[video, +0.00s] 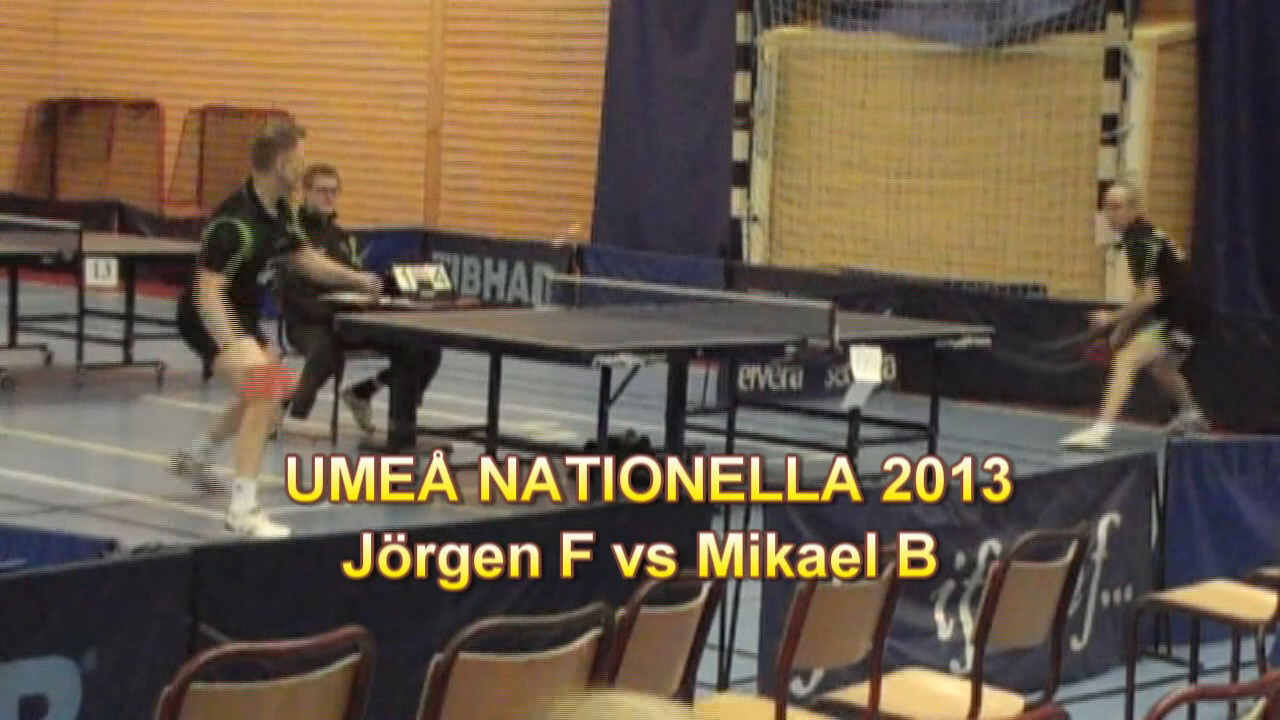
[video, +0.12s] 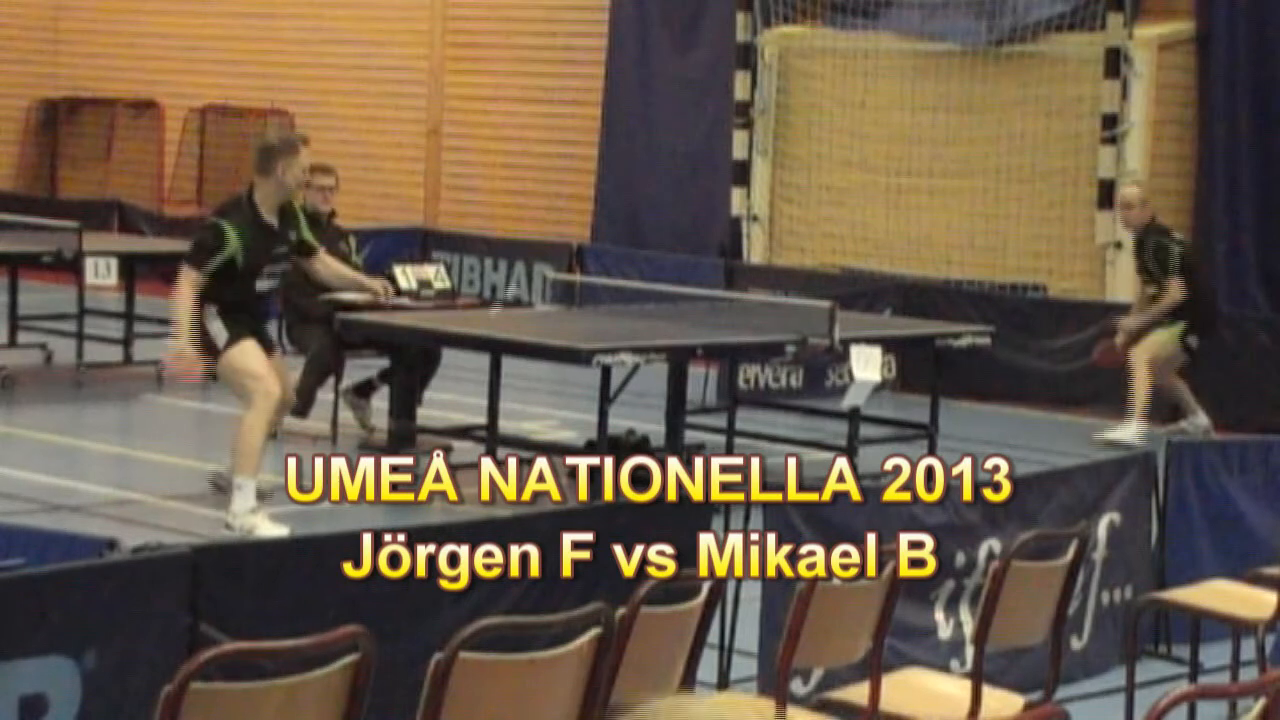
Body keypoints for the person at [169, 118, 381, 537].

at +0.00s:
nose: (303, 167)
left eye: (302, 159)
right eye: (297, 159)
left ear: (276, 163)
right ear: (274, 163)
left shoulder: (282, 209)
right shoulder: (234, 221)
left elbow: (306, 260)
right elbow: (207, 291)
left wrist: (358, 278)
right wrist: (233, 347)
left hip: (242, 311)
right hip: (207, 314)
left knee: (266, 386)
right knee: (262, 383)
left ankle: (196, 454)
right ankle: (243, 507)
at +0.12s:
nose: (305, 179)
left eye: (306, 171)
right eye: (300, 171)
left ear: (279, 172)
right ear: (274, 171)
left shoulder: (290, 215)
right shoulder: (229, 224)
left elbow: (318, 263)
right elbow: (189, 280)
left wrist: (365, 281)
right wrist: (183, 338)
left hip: (253, 319)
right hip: (217, 319)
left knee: (282, 395)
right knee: (266, 392)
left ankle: (235, 472)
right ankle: (242, 507)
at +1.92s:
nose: (352, 168)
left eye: (350, 160)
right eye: (349, 160)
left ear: (310, 161)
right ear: (335, 164)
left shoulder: (272, 189)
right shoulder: (320, 212)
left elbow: (269, 251)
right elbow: (353, 276)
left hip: (209, 294)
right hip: (243, 303)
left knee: (235, 390)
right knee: (295, 404)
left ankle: (220, 480)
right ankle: (236, 506)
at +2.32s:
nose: (354, 142)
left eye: (352, 134)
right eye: (350, 134)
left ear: (309, 142)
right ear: (334, 142)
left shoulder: (268, 177)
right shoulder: (335, 199)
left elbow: (215, 219)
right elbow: (399, 245)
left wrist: (217, 265)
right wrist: (456, 214)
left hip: (232, 291)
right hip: (272, 297)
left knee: (252, 384)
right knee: (338, 389)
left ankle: (219, 481)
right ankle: (330, 501)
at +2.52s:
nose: (360, 149)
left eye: (358, 142)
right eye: (356, 142)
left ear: (317, 149)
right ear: (340, 150)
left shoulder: (277, 188)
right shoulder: (334, 209)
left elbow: (249, 249)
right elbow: (376, 276)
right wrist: (423, 272)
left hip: (251, 303)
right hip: (289, 311)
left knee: (278, 383)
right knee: (362, 397)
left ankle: (245, 472)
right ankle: (333, 503)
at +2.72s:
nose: (363, 164)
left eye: (362, 156)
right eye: (359, 157)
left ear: (323, 162)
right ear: (342, 162)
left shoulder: (293, 199)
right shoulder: (328, 216)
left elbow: (283, 268)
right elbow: (361, 293)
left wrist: (320, 307)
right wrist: (401, 304)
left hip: (251, 314)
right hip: (281, 323)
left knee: (283, 389)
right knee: (365, 398)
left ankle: (245, 475)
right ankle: (333, 503)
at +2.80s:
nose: (368, 167)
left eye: (366, 159)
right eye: (363, 160)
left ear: (328, 167)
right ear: (345, 168)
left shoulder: (296, 204)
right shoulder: (332, 222)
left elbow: (287, 275)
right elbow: (365, 301)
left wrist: (324, 317)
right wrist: (400, 313)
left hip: (249, 316)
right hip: (279, 324)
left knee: (283, 389)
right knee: (364, 399)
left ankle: (246, 476)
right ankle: (334, 502)